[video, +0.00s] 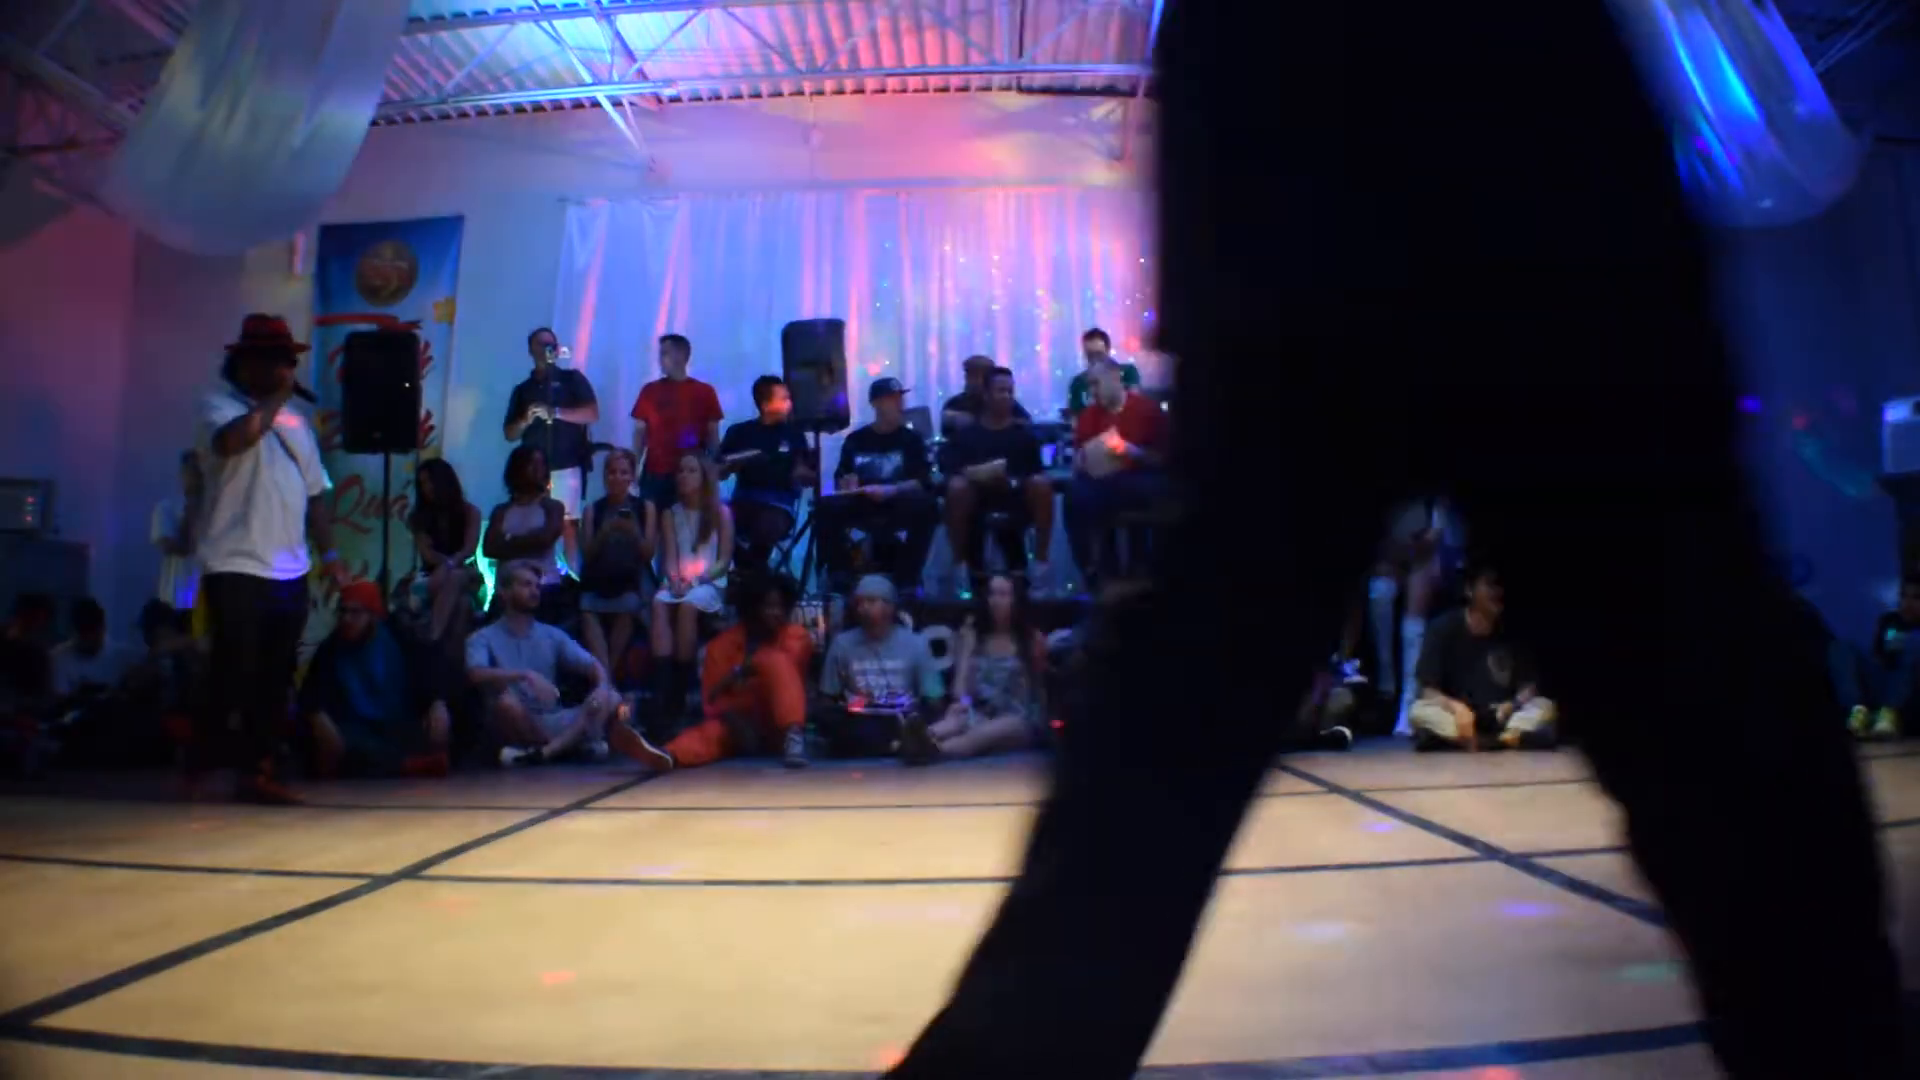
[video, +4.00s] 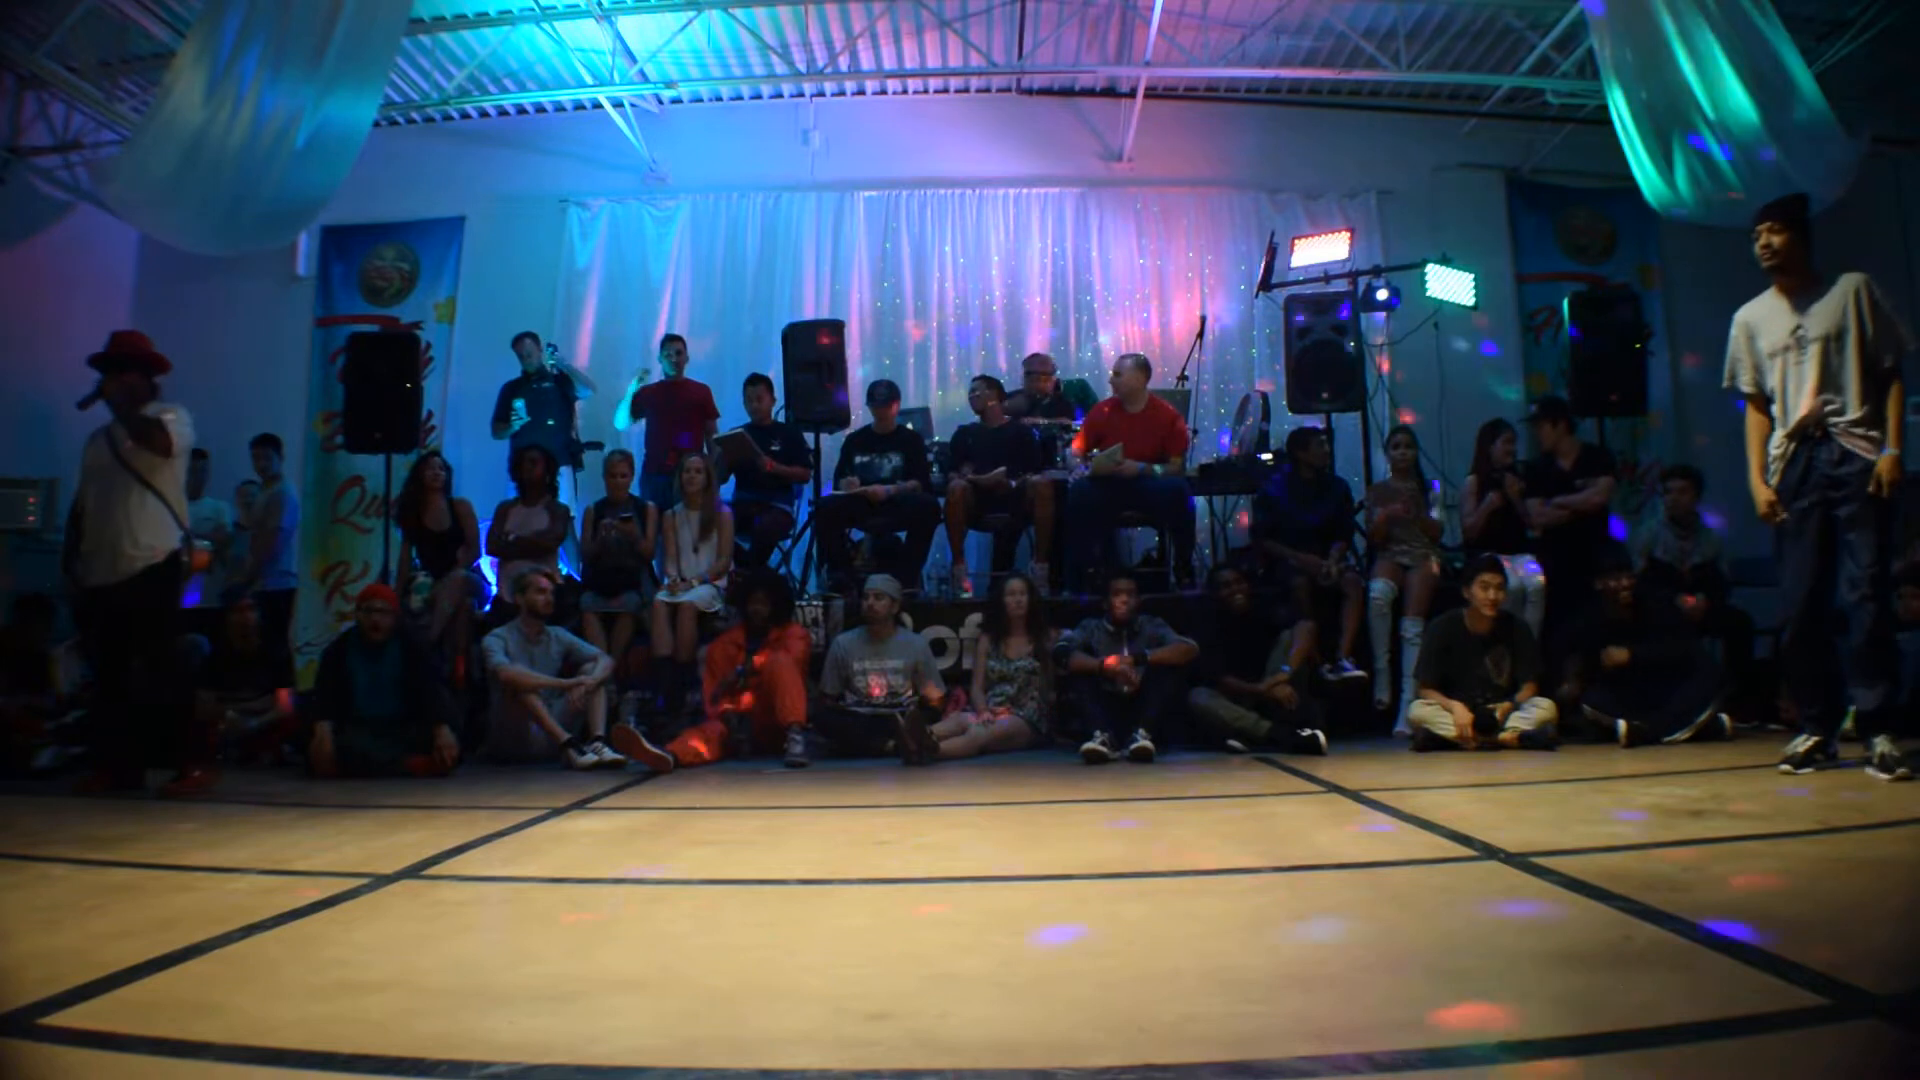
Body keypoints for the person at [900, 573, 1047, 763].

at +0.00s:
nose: (997, 601)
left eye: (1004, 595)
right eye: (993, 594)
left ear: (1017, 600)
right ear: (985, 599)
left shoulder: (1030, 638)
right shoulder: (972, 636)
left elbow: (1040, 683)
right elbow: (961, 679)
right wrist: (962, 702)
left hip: (1017, 711)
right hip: (980, 709)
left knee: (987, 733)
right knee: (956, 720)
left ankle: (938, 749)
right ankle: (924, 736)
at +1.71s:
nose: (1011, 605)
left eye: (1017, 597)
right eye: (1006, 599)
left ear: (1031, 600)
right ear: (1000, 603)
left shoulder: (1046, 638)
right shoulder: (992, 640)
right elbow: (980, 686)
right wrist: (986, 712)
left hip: (1028, 713)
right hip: (993, 710)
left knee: (984, 735)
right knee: (958, 720)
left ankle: (932, 752)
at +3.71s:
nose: (1017, 600)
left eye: (1022, 594)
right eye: (1011, 595)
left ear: (1032, 598)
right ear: (1002, 601)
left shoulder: (1045, 638)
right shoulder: (989, 639)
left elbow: (1054, 682)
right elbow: (977, 685)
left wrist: (1035, 682)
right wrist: (983, 712)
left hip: (1028, 712)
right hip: (991, 709)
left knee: (985, 735)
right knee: (956, 721)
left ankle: (934, 752)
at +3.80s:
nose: (1018, 600)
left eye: (1023, 594)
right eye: (1012, 595)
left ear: (1032, 598)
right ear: (1001, 601)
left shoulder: (1044, 638)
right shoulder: (988, 639)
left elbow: (1052, 685)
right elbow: (977, 688)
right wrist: (983, 711)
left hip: (1028, 714)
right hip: (992, 711)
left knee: (983, 736)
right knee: (958, 720)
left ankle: (930, 751)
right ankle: (917, 736)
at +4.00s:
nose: (1018, 599)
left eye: (1023, 594)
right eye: (1011, 594)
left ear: (1032, 599)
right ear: (1000, 600)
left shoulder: (1043, 638)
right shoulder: (988, 639)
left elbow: (1051, 686)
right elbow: (977, 687)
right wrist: (983, 711)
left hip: (1027, 714)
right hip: (990, 711)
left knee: (981, 735)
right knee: (958, 720)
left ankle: (931, 751)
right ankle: (917, 736)